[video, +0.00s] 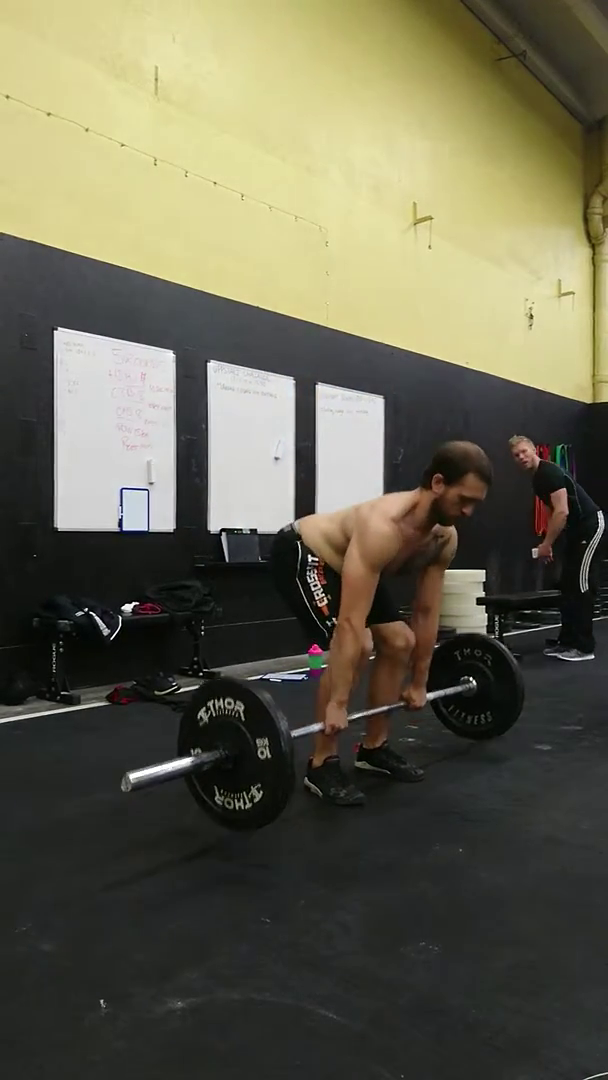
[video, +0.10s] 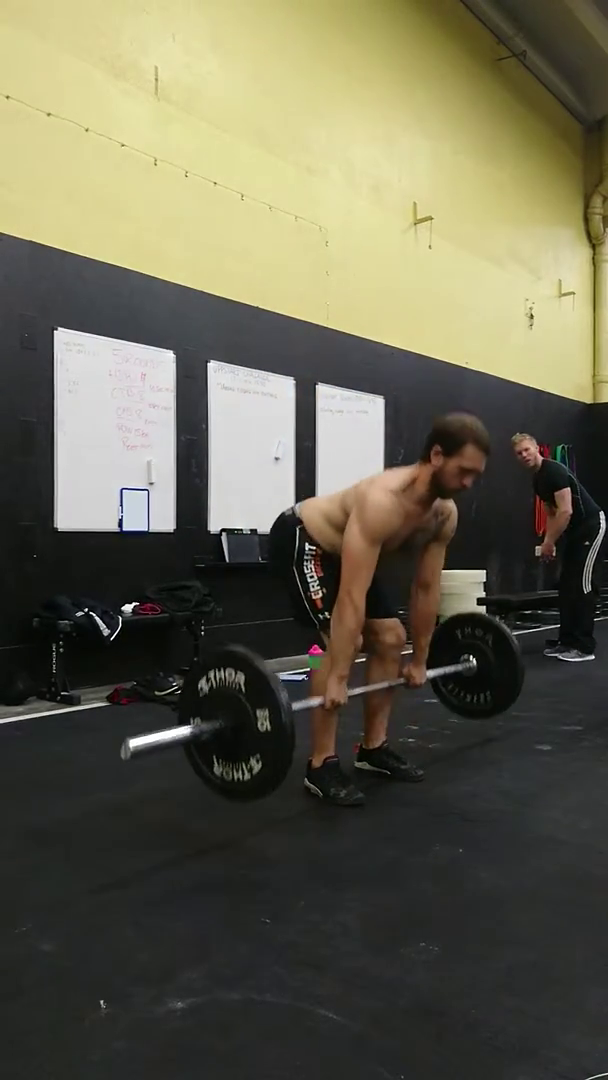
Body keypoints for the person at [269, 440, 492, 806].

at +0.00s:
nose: (469, 511)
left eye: (475, 504)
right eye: (465, 500)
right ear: (436, 483)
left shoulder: (444, 537)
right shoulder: (382, 528)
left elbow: (426, 612)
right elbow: (349, 623)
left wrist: (419, 683)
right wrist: (338, 703)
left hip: (350, 563)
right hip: (303, 554)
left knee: (399, 642)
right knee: (355, 645)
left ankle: (374, 747)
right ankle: (322, 763)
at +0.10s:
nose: (468, 483)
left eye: (475, 476)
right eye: (464, 472)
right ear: (435, 457)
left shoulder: (443, 514)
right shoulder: (382, 503)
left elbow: (427, 588)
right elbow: (350, 598)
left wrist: (420, 660)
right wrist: (338, 677)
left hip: (351, 549)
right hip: (303, 540)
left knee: (390, 637)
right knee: (337, 647)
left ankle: (373, 748)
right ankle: (321, 764)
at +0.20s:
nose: (463, 435)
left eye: (469, 426)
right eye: (457, 422)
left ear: (471, 424)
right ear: (427, 410)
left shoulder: (442, 476)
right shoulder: (378, 462)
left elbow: (427, 554)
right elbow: (352, 559)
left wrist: (418, 628)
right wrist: (337, 639)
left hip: (356, 538)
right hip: (308, 529)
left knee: (385, 636)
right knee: (330, 646)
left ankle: (373, 747)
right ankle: (319, 763)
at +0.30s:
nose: (444, 374)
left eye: (448, 365)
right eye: (436, 363)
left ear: (444, 368)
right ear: (404, 360)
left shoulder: (433, 431)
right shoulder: (367, 421)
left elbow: (427, 512)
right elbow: (355, 517)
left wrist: (423, 587)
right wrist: (345, 595)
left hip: (363, 528)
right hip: (315, 523)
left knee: (389, 636)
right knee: (338, 638)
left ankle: (373, 746)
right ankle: (321, 762)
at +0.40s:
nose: (405, 336)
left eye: (408, 328)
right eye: (397, 326)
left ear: (404, 331)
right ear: (366, 328)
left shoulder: (408, 386)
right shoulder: (343, 381)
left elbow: (419, 466)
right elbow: (350, 468)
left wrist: (431, 539)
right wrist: (354, 546)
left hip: (382, 520)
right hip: (337, 519)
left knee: (407, 639)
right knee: (358, 643)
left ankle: (377, 744)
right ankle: (326, 760)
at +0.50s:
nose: (380, 309)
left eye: (383, 301)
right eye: (371, 300)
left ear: (379, 308)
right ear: (341, 304)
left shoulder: (386, 355)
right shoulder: (325, 344)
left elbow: (409, 425)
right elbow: (336, 416)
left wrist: (437, 486)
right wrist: (363, 483)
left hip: (390, 494)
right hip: (345, 493)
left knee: (402, 624)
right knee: (357, 626)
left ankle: (384, 734)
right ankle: (330, 751)